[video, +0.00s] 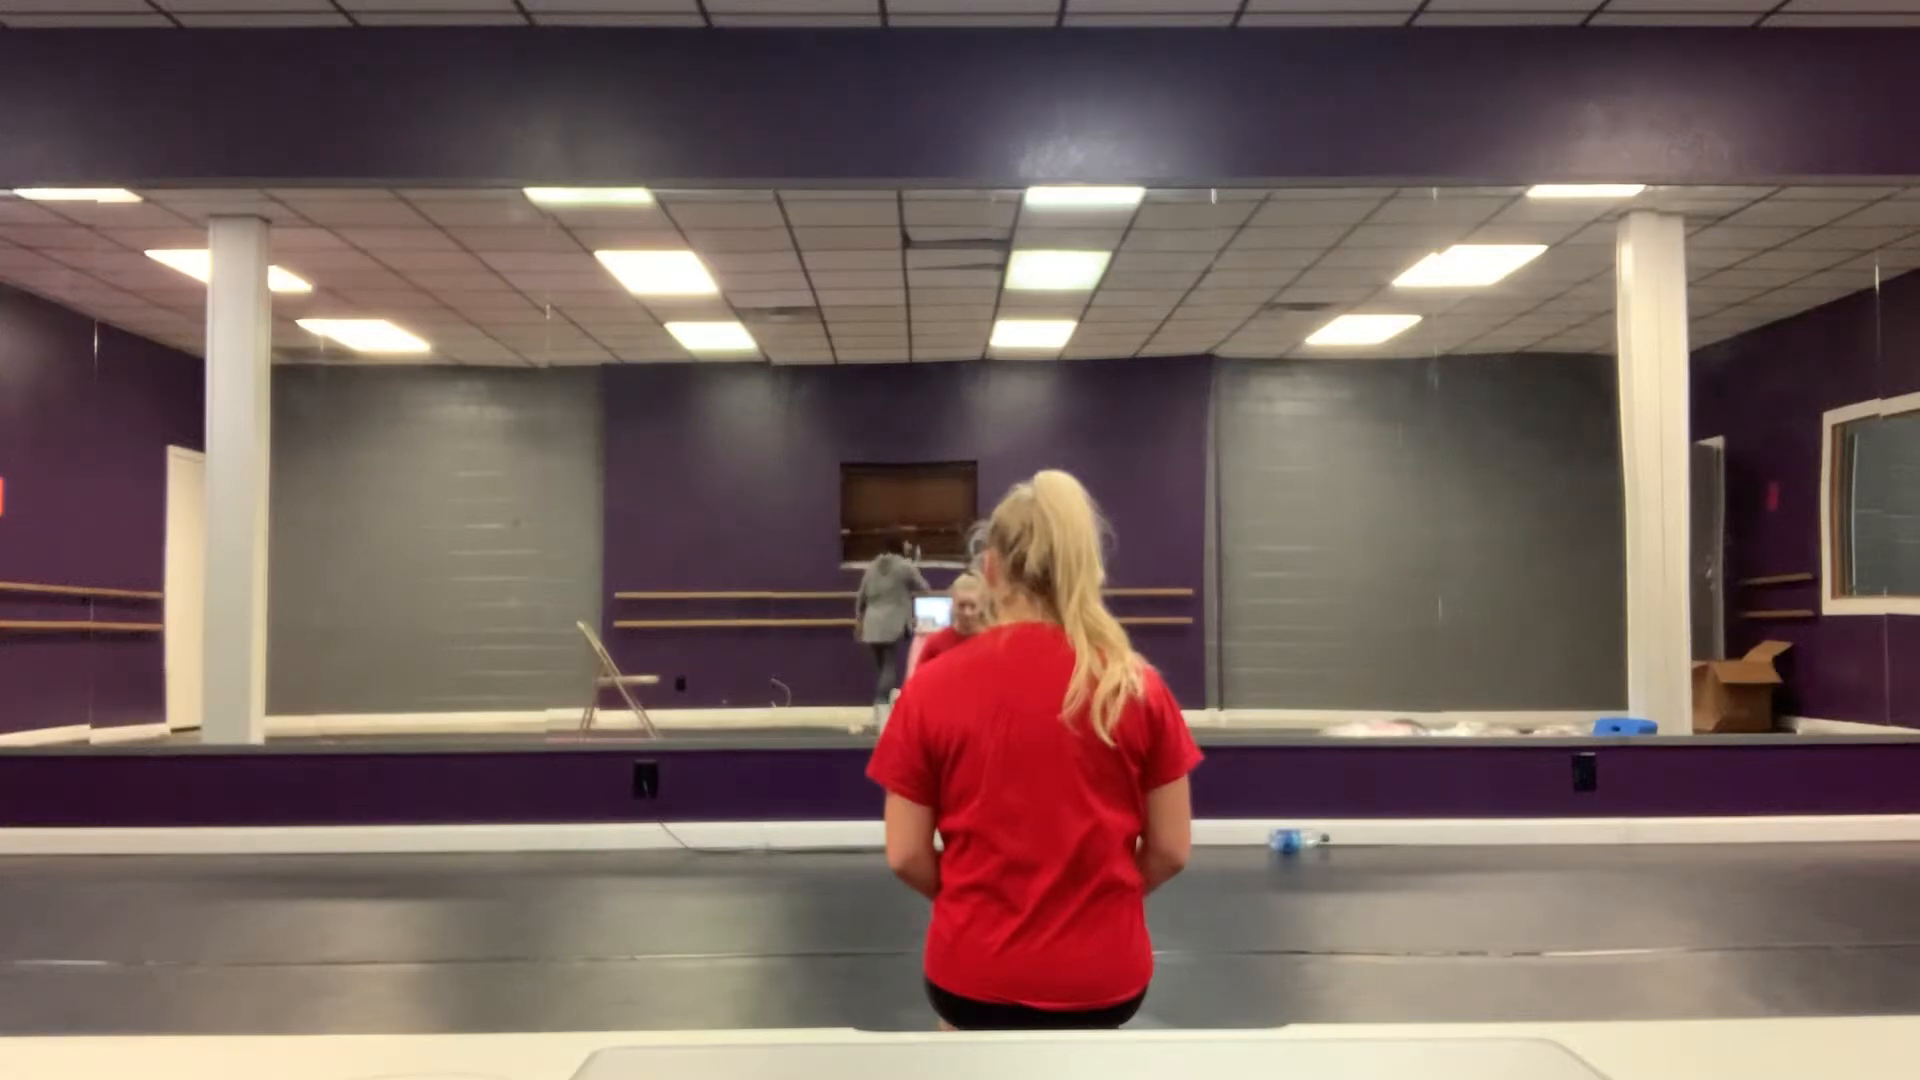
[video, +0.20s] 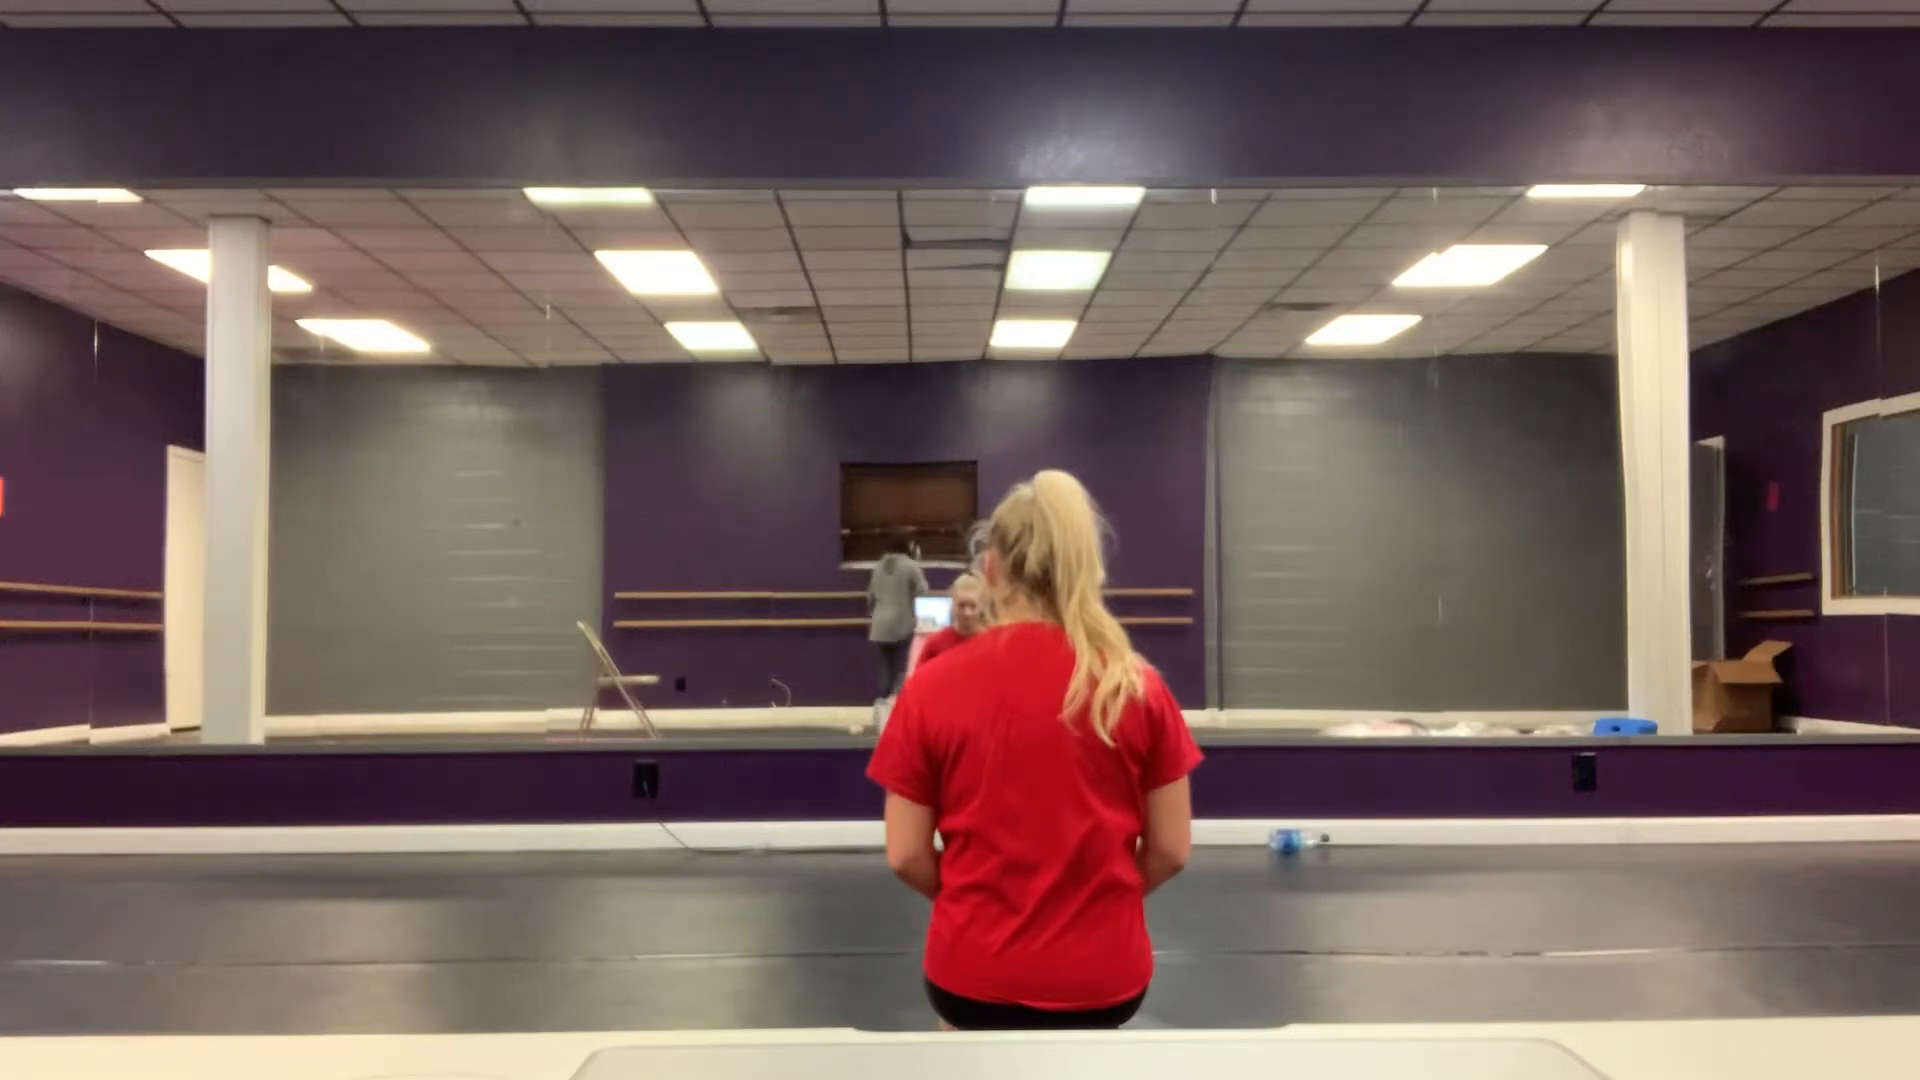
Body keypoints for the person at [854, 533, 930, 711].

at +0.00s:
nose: (905, 546)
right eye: (903, 543)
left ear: (884, 546)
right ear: (900, 546)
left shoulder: (872, 567)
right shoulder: (906, 566)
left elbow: (861, 595)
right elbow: (924, 588)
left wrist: (858, 618)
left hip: (872, 620)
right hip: (895, 620)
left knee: (880, 665)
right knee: (890, 664)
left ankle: (883, 702)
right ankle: (881, 702)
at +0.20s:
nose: (913, 546)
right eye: (911, 543)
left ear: (889, 544)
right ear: (907, 545)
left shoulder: (880, 566)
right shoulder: (910, 566)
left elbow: (871, 593)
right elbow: (923, 590)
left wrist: (872, 611)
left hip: (880, 621)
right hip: (903, 621)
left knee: (886, 667)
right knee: (901, 668)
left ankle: (881, 699)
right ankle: (893, 700)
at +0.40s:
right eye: (919, 543)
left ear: (900, 545)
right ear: (918, 545)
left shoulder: (891, 565)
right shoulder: (921, 567)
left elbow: (882, 592)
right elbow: (925, 593)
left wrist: (891, 602)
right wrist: (940, 594)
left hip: (888, 621)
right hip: (909, 622)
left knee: (889, 664)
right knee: (905, 666)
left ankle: (887, 696)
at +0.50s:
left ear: (906, 546)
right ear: (925, 546)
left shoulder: (897, 567)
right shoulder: (930, 569)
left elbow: (889, 594)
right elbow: (934, 596)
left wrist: (897, 606)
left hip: (897, 621)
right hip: (920, 622)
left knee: (894, 662)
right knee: (916, 663)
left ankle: (890, 695)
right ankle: (913, 699)